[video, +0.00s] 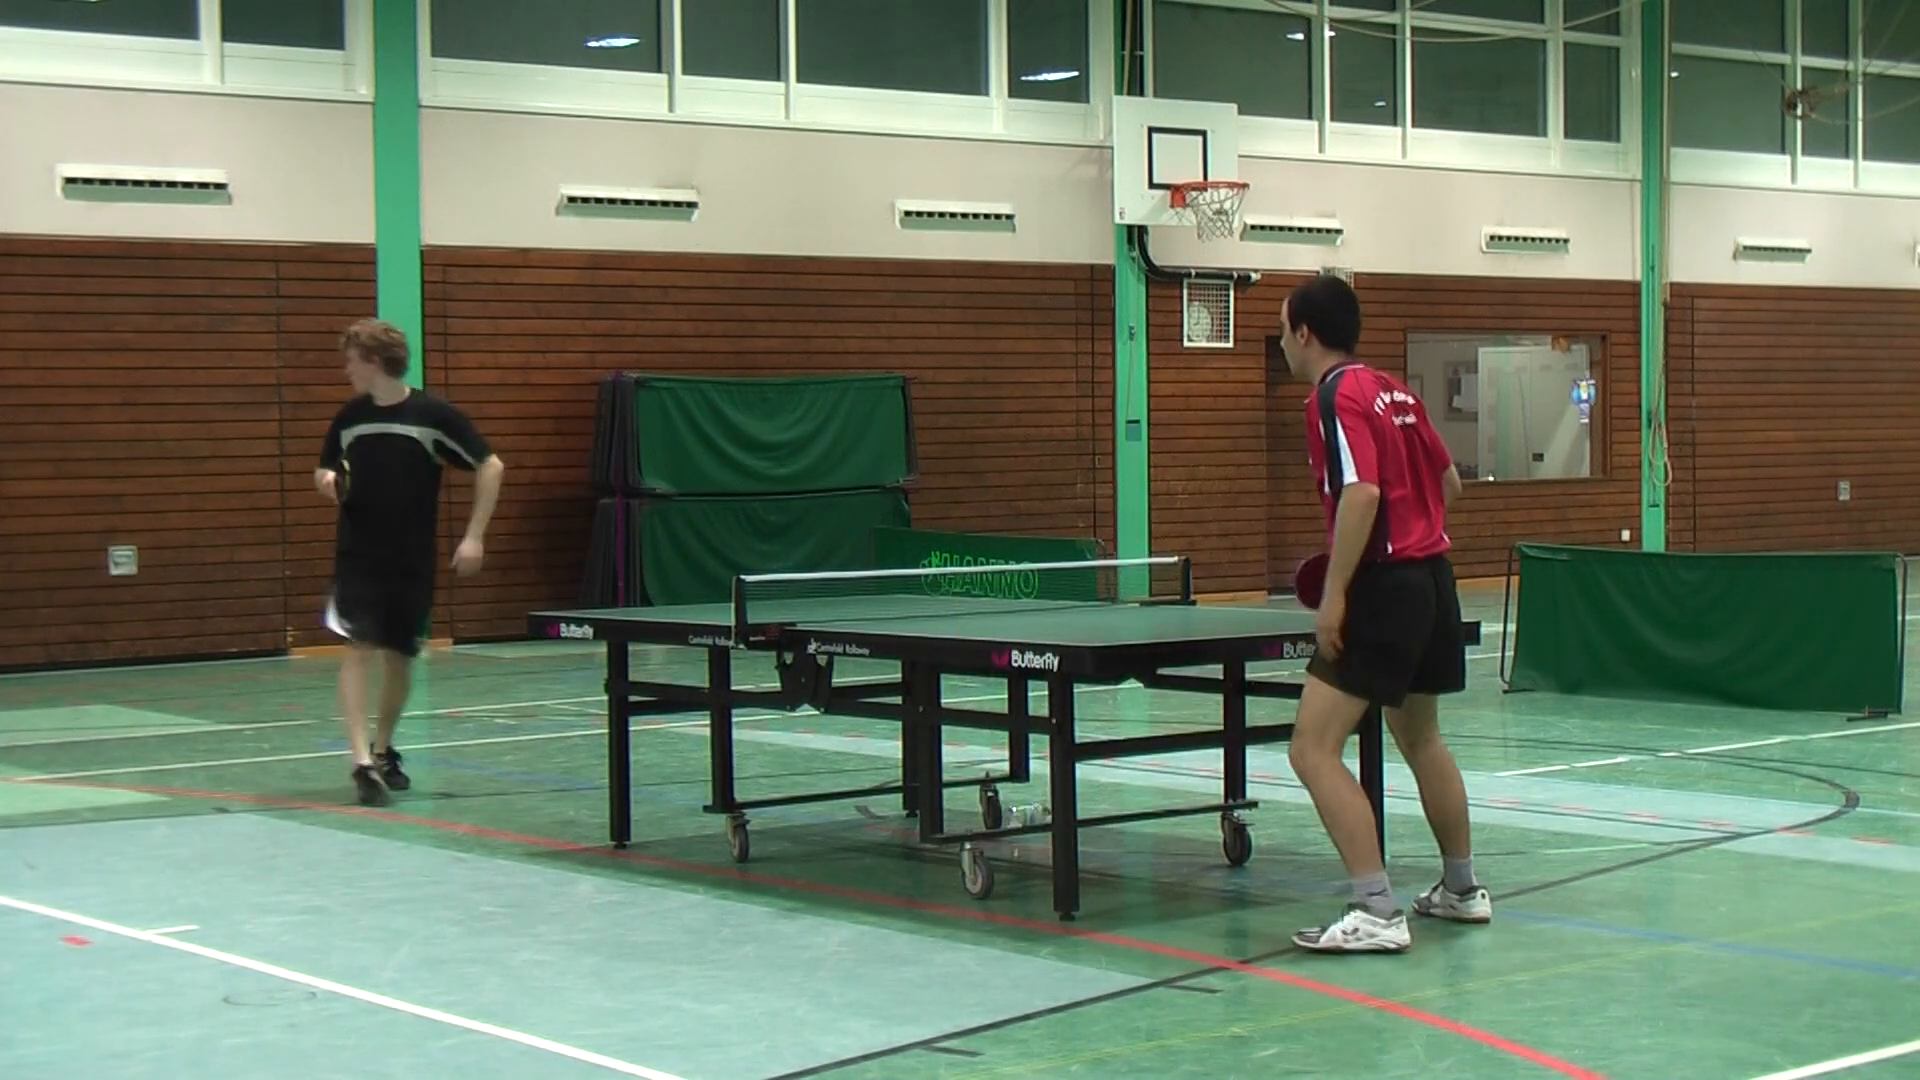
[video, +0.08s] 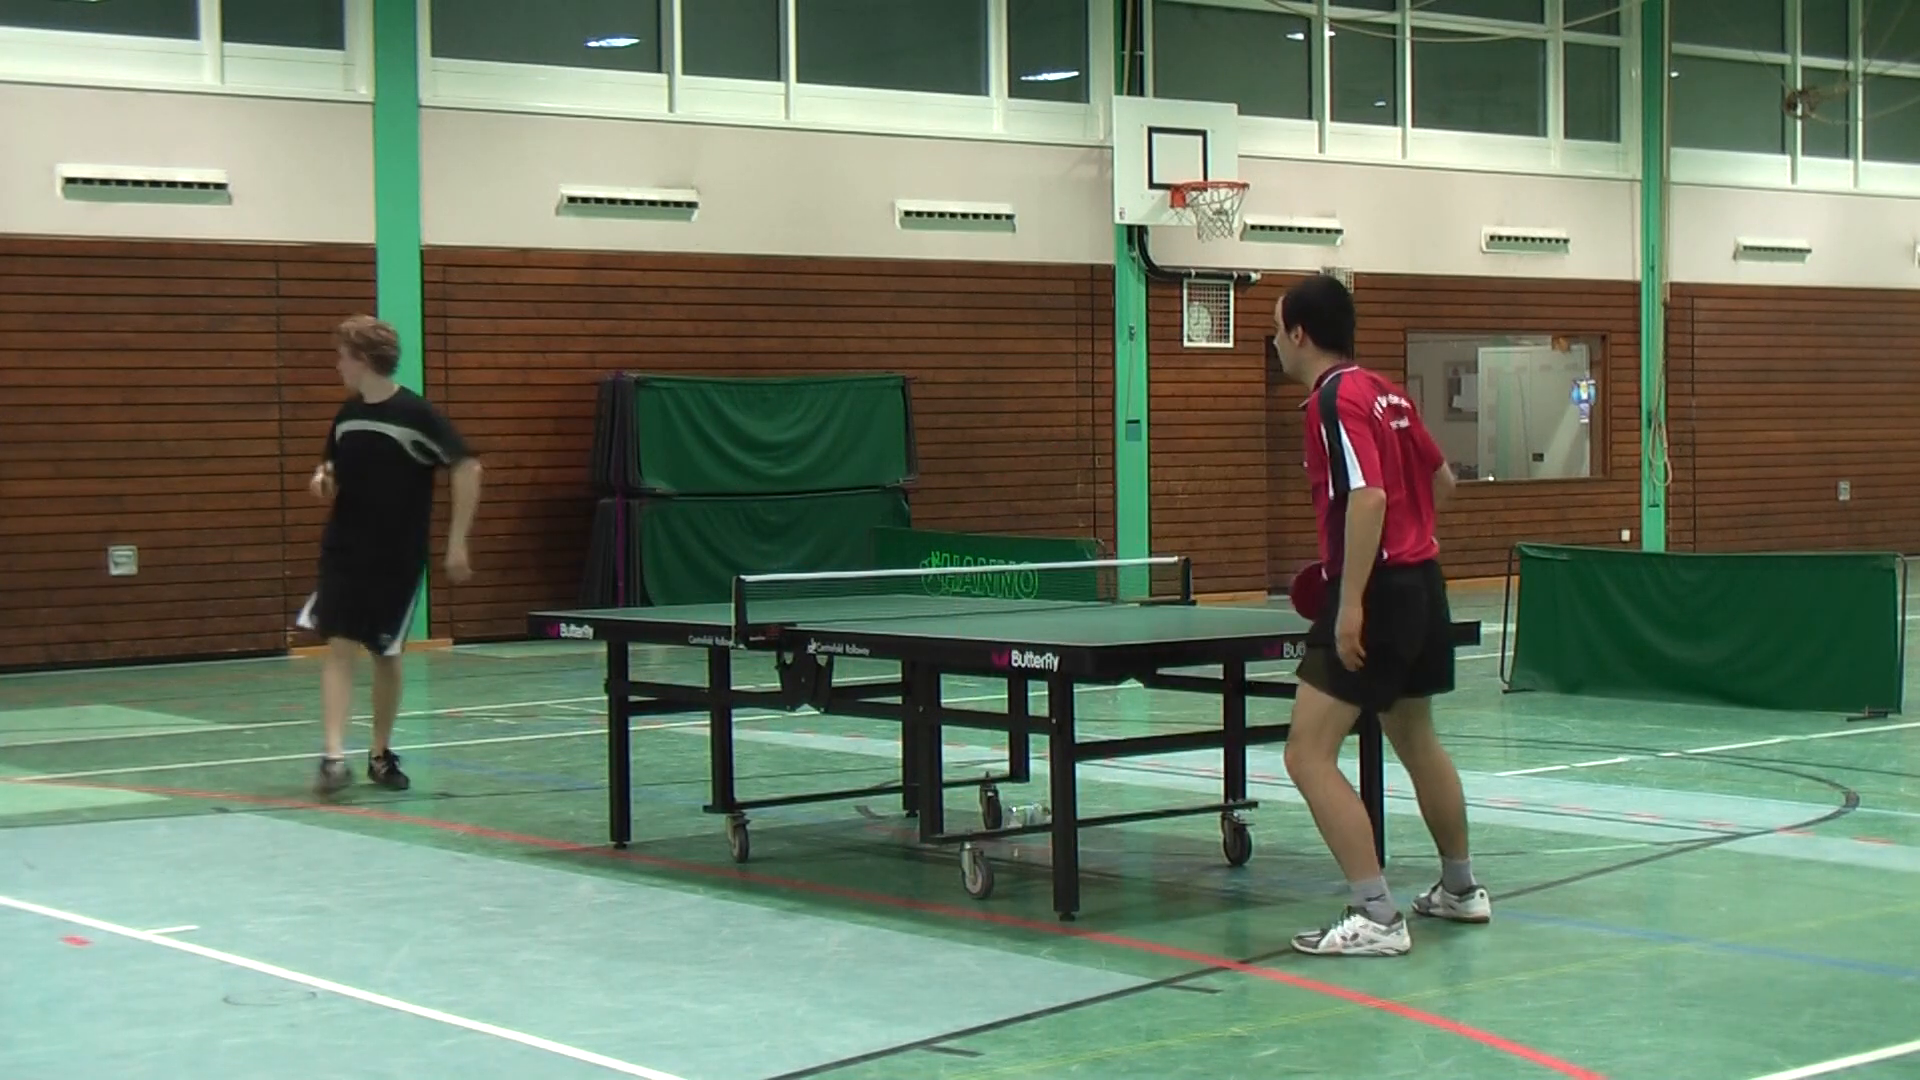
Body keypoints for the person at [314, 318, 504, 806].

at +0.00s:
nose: (346, 369)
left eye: (352, 360)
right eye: (347, 360)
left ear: (376, 363)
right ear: (373, 364)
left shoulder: (434, 413)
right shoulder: (349, 418)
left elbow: (490, 466)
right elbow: (324, 475)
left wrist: (474, 537)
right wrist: (332, 484)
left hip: (413, 559)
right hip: (359, 557)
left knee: (399, 657)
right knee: (359, 650)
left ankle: (383, 747)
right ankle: (361, 761)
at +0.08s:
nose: (337, 364)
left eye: (341, 355)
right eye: (338, 355)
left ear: (362, 360)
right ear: (368, 358)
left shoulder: (418, 415)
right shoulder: (348, 414)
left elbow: (467, 468)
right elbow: (334, 470)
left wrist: (457, 543)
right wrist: (324, 479)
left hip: (399, 558)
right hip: (345, 554)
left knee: (387, 656)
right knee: (339, 649)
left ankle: (381, 754)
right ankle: (333, 758)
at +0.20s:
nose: (320, 360)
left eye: (325, 352)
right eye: (321, 352)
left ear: (346, 355)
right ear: (350, 355)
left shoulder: (392, 406)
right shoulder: (342, 407)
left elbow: (418, 472)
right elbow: (346, 467)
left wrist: (413, 543)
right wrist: (313, 488)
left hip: (381, 547)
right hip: (335, 544)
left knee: (377, 649)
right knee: (307, 642)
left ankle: (381, 756)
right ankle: (306, 753)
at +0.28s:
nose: (306, 361)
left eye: (310, 352)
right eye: (307, 352)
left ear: (331, 355)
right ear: (334, 355)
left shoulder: (376, 406)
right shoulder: (332, 409)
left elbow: (390, 476)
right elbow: (336, 482)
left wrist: (375, 544)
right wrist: (297, 514)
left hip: (370, 547)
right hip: (328, 544)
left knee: (371, 649)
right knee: (295, 636)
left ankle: (380, 757)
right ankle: (294, 748)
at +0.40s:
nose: (283, 364)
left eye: (287, 356)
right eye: (284, 355)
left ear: (306, 359)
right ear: (315, 359)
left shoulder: (345, 404)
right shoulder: (313, 408)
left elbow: (354, 474)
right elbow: (321, 482)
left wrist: (312, 539)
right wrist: (306, 542)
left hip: (356, 548)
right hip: (320, 546)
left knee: (362, 647)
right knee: (287, 635)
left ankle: (380, 757)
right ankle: (286, 746)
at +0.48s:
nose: (264, 367)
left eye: (268, 358)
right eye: (266, 358)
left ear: (287, 362)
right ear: (296, 362)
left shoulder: (320, 410)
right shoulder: (293, 410)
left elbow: (327, 474)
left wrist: (280, 533)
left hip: (337, 548)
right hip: (306, 546)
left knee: (351, 648)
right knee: (287, 640)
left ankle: (379, 757)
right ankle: (287, 749)